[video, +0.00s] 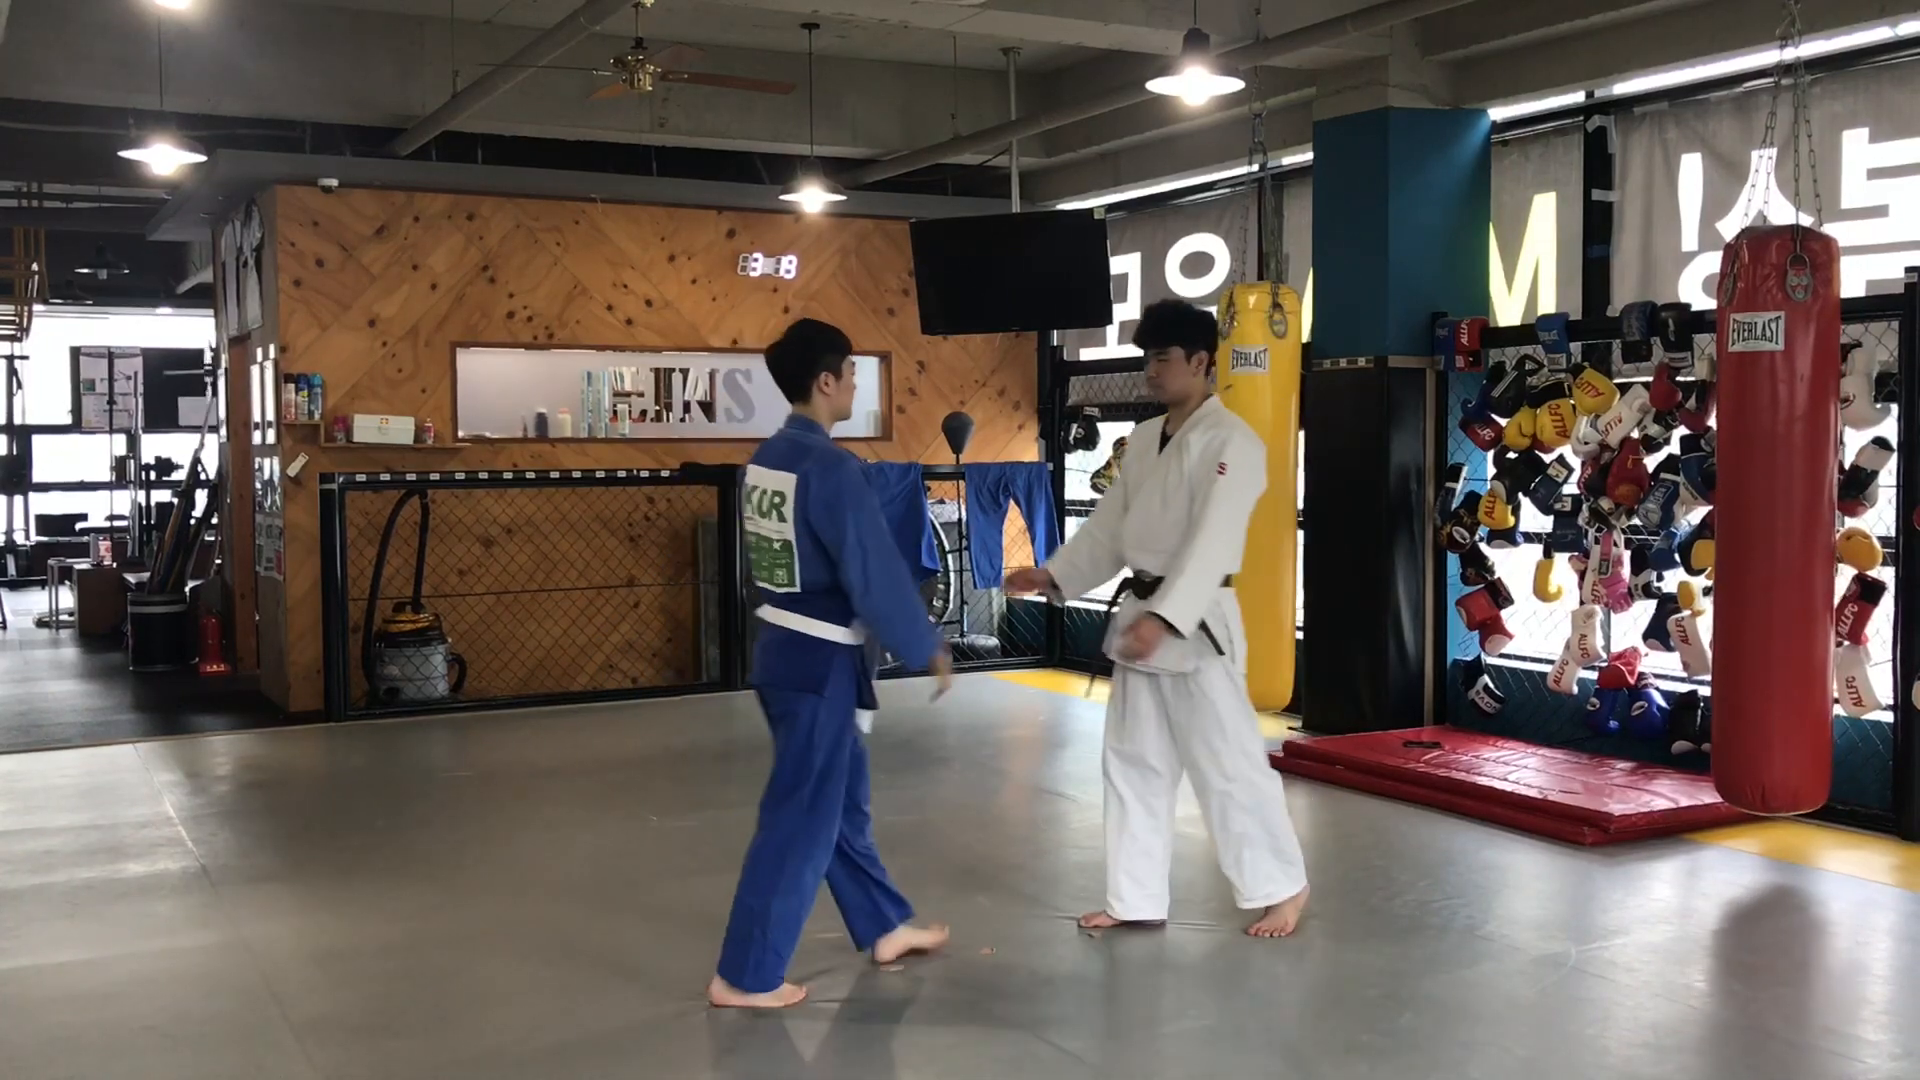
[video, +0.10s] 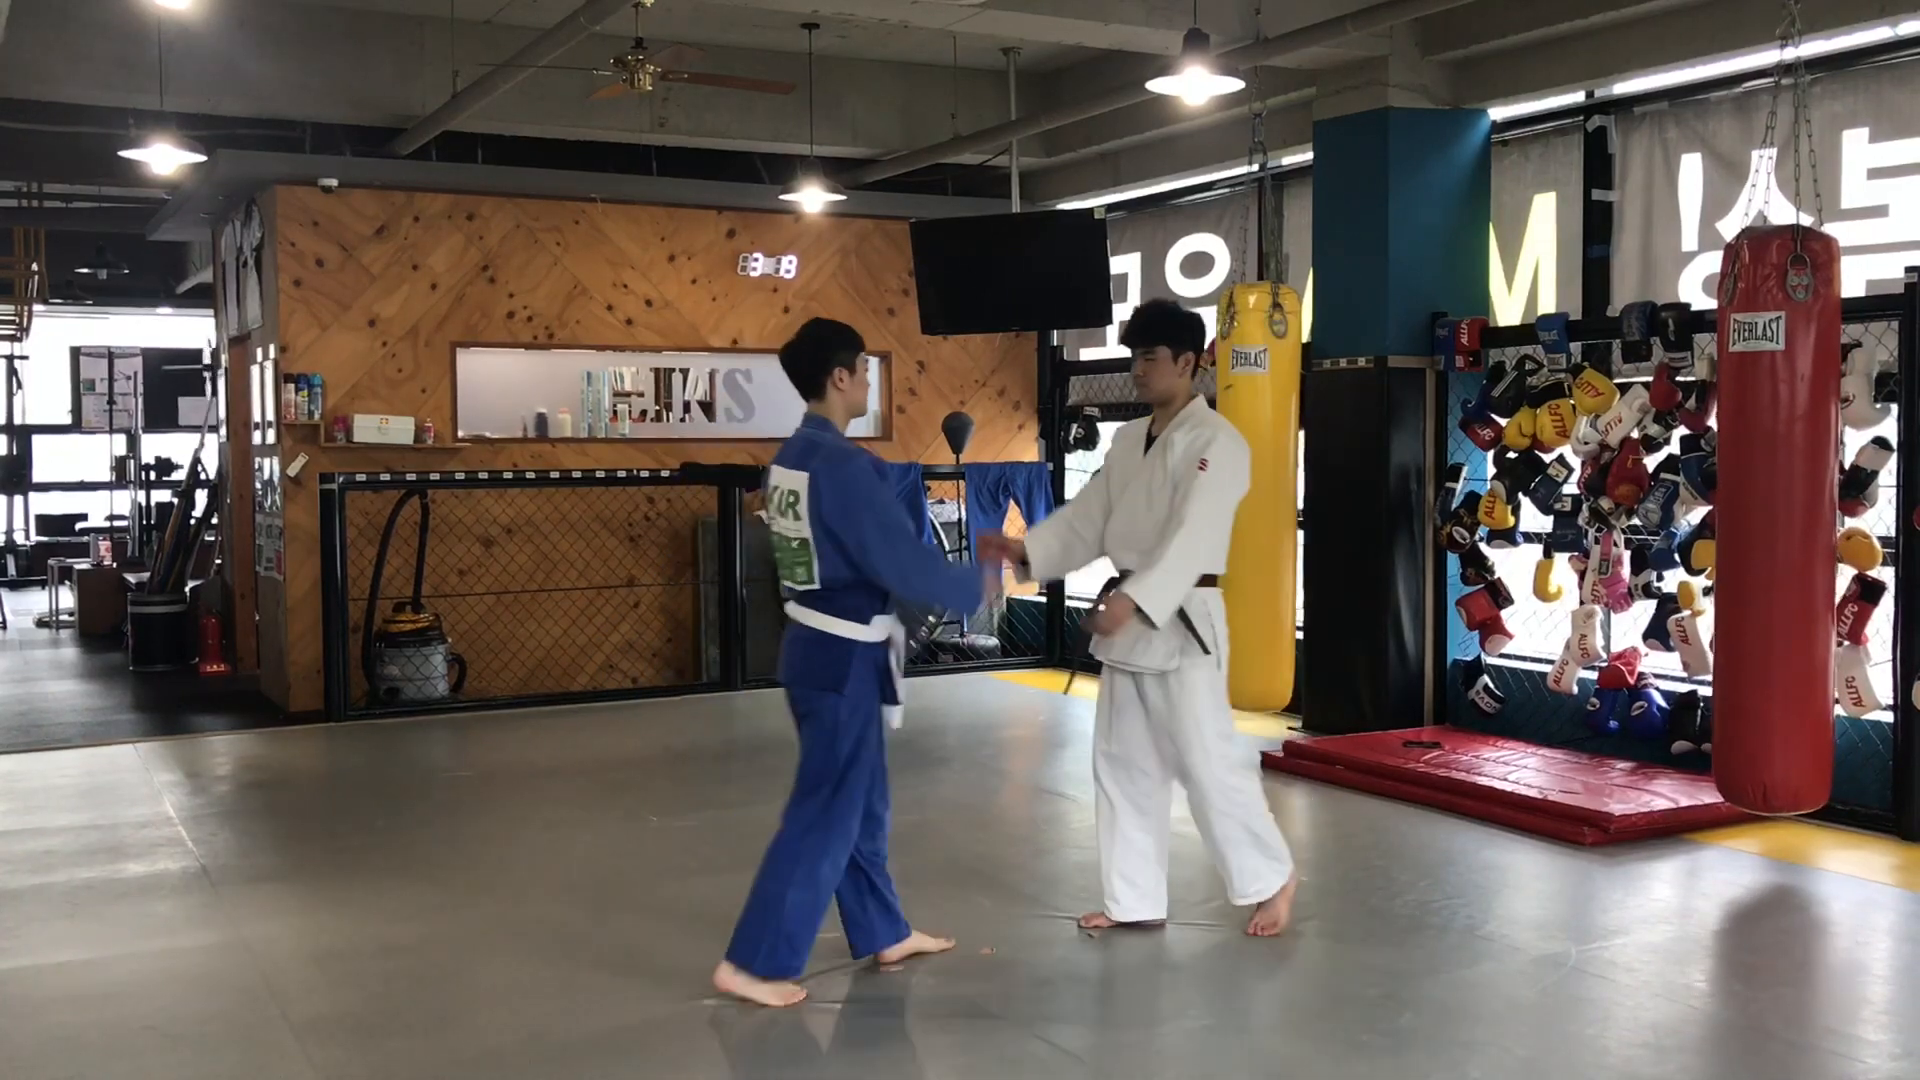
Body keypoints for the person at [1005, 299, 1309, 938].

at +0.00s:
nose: (1150, 372)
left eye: (1161, 360)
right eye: (1148, 361)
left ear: (1200, 361)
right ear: (1158, 364)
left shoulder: (1233, 443)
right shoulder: (1143, 440)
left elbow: (1217, 541)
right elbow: (1109, 524)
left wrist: (1164, 615)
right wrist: (1055, 575)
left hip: (1196, 617)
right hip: (1135, 612)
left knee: (1226, 761)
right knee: (1135, 763)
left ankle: (1284, 884)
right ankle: (1138, 900)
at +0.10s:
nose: (1136, 370)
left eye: (1149, 358)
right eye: (1134, 359)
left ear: (1190, 361)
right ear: (1139, 363)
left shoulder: (1216, 443)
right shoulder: (1130, 441)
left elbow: (1198, 539)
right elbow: (1090, 518)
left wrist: (1133, 598)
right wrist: (1027, 550)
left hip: (1184, 620)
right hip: (1125, 617)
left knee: (1207, 761)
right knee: (1125, 765)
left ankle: (1271, 876)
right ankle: (1137, 901)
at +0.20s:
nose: (1128, 368)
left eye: (1142, 357)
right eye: (1125, 357)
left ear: (1180, 361)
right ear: (1125, 362)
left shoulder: (1208, 442)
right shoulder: (1112, 440)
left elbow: (1185, 525)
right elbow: (1067, 512)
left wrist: (1118, 567)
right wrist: (995, 525)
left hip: (1174, 617)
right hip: (1116, 615)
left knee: (1182, 761)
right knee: (1118, 766)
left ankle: (1246, 883)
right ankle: (1136, 903)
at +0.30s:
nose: (1123, 368)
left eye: (1136, 357)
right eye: (1120, 356)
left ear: (1174, 359)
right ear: (1121, 359)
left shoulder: (1203, 441)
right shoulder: (1108, 430)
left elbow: (1169, 513)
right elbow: (1064, 498)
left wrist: (1091, 543)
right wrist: (992, 492)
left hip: (1170, 612)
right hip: (1114, 610)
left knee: (1167, 766)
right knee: (1114, 766)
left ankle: (1207, 912)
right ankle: (1136, 901)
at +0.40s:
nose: (1123, 367)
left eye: (1136, 355)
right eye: (1119, 355)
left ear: (1175, 361)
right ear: (1120, 362)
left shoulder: (1199, 442)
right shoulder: (1104, 433)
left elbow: (1154, 507)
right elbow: (1047, 473)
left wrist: (1069, 520)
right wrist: (989, 490)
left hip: (1164, 617)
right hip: (1109, 614)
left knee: (1160, 776)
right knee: (1108, 770)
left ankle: (1168, 928)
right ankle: (1125, 902)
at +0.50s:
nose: (1123, 362)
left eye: (1137, 352)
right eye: (1120, 351)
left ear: (1175, 360)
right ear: (1118, 358)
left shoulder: (1196, 441)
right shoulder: (1098, 426)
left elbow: (1149, 511)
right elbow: (1037, 467)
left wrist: (1062, 505)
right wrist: (971, 476)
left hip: (1156, 619)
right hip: (1104, 615)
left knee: (1152, 776)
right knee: (1106, 771)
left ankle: (1170, 930)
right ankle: (1124, 901)